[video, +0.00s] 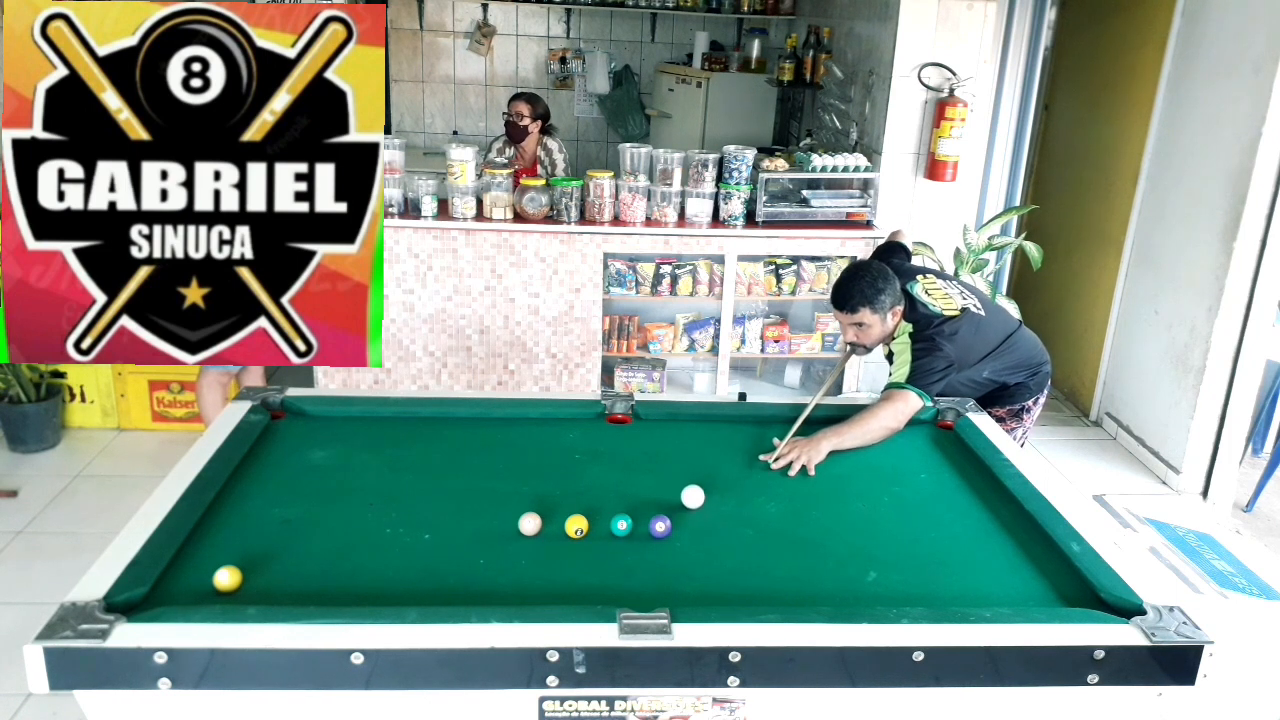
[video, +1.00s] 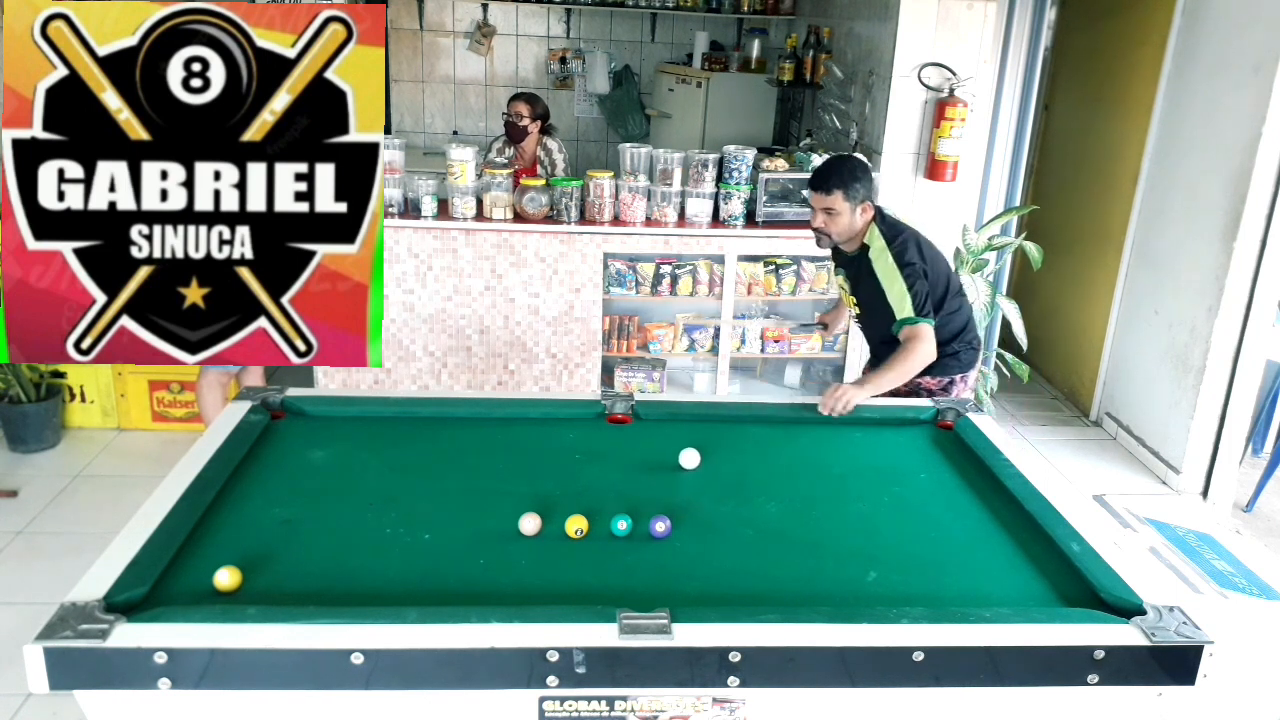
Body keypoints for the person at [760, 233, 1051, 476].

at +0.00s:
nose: (849, 338)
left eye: (861, 327)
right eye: (842, 324)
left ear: (895, 316)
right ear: (837, 309)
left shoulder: (930, 342)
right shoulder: (894, 269)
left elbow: (894, 412)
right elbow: (897, 240)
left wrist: (823, 441)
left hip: (1020, 376)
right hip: (970, 363)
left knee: (988, 475)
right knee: (947, 459)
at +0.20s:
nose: (846, 313)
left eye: (857, 302)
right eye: (840, 300)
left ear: (892, 293)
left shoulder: (926, 327)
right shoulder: (894, 256)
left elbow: (890, 400)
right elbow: (901, 233)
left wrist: (825, 440)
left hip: (1012, 375)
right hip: (955, 369)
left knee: (984, 475)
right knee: (940, 459)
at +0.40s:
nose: (839, 279)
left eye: (851, 269)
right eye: (835, 267)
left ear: (887, 264)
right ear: (829, 256)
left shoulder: (918, 294)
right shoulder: (888, 245)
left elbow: (900, 382)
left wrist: (831, 424)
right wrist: (887, 312)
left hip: (994, 377)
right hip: (939, 371)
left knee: (975, 479)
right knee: (924, 468)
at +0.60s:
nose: (833, 247)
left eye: (845, 237)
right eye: (830, 235)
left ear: (882, 234)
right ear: (826, 226)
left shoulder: (912, 273)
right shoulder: (874, 248)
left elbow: (876, 364)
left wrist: (791, 386)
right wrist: (872, 315)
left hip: (971, 380)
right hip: (915, 372)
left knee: (954, 488)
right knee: (896, 476)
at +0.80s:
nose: (826, 231)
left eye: (839, 221)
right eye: (822, 218)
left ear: (875, 221)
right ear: (819, 211)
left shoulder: (899, 261)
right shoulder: (860, 238)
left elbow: (879, 356)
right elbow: (869, 277)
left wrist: (803, 388)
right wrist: (857, 303)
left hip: (953, 376)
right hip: (901, 367)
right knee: (883, 469)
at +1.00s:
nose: (815, 223)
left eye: (829, 213)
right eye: (813, 211)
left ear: (864, 212)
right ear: (810, 204)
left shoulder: (894, 253)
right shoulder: (844, 236)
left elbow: (922, 346)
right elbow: (855, 276)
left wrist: (862, 388)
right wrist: (841, 310)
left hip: (941, 369)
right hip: (889, 356)